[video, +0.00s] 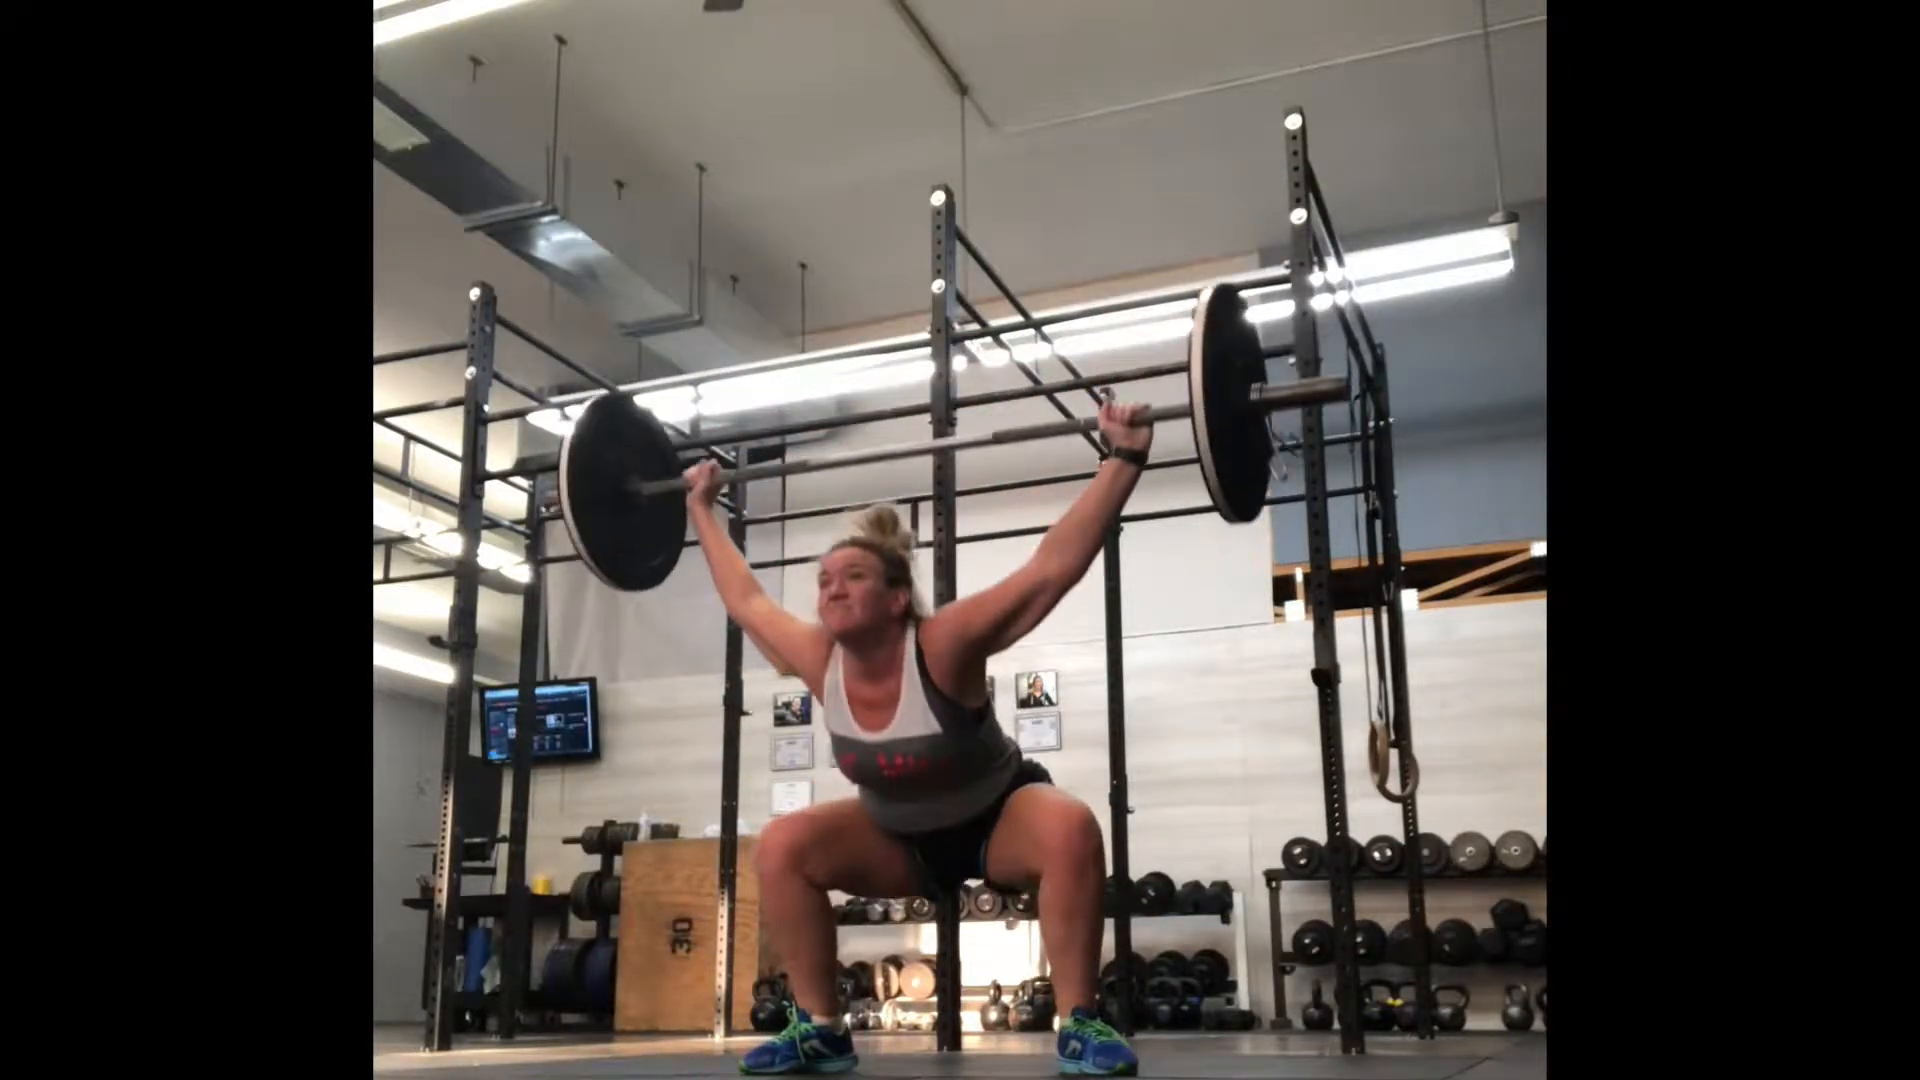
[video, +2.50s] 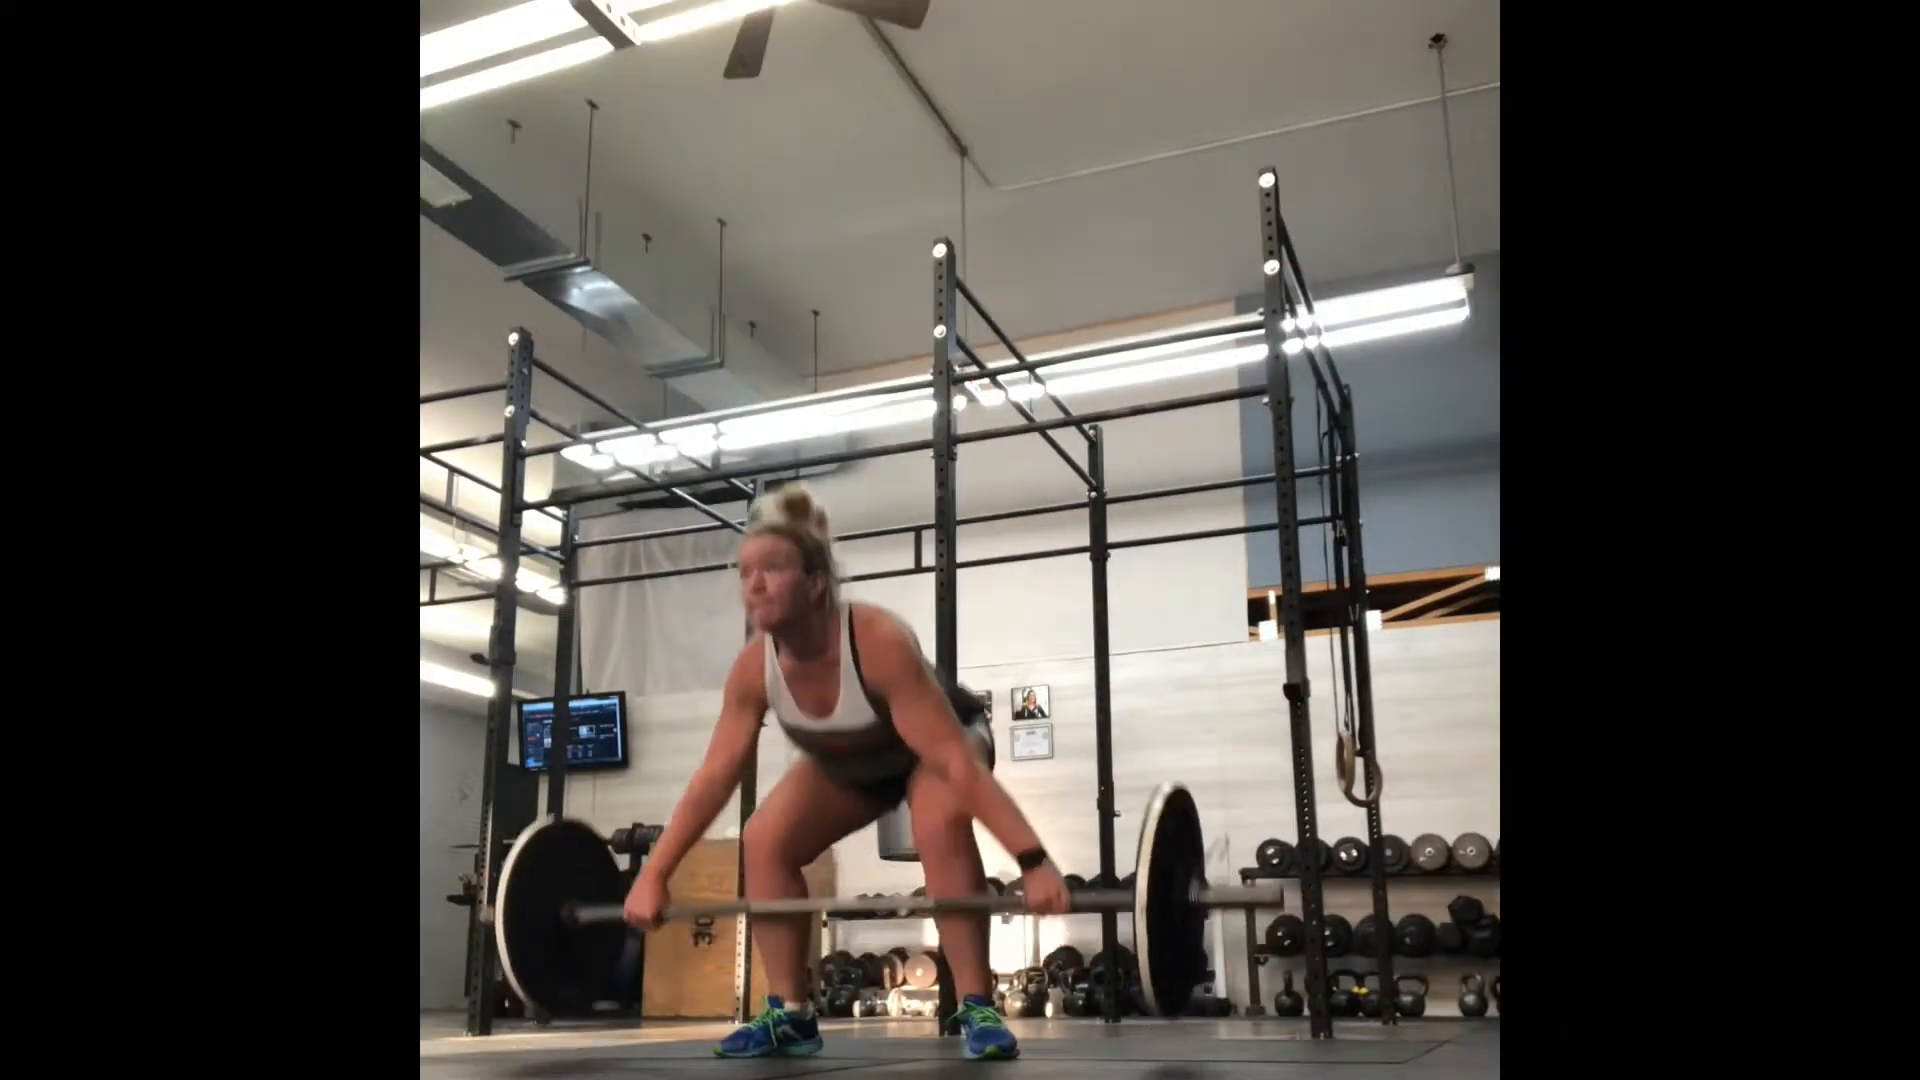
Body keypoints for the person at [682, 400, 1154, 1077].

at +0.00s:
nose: (832, 588)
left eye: (854, 575)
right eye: (824, 580)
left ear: (898, 599)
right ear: (816, 601)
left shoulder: (950, 641)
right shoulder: (820, 661)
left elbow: (1049, 572)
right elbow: (745, 599)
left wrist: (1124, 458)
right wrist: (699, 506)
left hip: (994, 821)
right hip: (893, 831)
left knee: (1073, 828)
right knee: (781, 847)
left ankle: (1079, 1024)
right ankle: (820, 1030)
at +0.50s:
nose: (833, 550)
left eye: (854, 537)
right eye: (825, 542)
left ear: (899, 559)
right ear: (818, 560)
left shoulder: (952, 595)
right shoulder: (823, 618)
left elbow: (1058, 531)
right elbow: (749, 561)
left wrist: (1131, 421)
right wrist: (704, 474)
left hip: (1009, 768)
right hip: (908, 787)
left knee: (1043, 830)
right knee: (799, 841)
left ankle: (1077, 1020)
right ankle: (819, 1027)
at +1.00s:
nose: (866, 371)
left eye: (884, 361)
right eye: (863, 362)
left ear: (927, 380)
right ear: (863, 385)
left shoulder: (974, 436)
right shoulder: (849, 465)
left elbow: (1069, 371)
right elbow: (776, 430)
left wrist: (1141, 276)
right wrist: (734, 347)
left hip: (1000, 669)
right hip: (899, 679)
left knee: (1049, 825)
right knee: (810, 838)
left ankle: (1077, 1019)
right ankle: (817, 1026)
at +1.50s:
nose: (872, 334)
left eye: (888, 322)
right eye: (862, 325)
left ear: (924, 335)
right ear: (851, 341)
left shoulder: (960, 400)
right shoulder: (838, 423)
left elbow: (1047, 309)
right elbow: (767, 368)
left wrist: (1122, 219)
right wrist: (728, 291)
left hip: (942, 631)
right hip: (845, 637)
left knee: (994, 815)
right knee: (847, 830)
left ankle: (1075, 1004)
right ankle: (821, 1021)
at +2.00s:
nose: (753, 617)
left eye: (772, 601)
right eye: (746, 604)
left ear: (816, 618)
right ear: (740, 618)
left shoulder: (877, 677)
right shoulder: (754, 701)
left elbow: (962, 796)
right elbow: (717, 820)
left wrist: (1039, 898)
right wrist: (661, 914)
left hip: (925, 789)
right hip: (842, 803)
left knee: (940, 834)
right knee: (738, 847)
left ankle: (972, 1006)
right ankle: (793, 1015)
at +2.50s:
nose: (754, 584)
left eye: (772, 569)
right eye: (746, 571)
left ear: (815, 583)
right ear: (739, 580)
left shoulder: (878, 641)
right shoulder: (754, 668)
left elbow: (955, 761)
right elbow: (717, 774)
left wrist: (1034, 859)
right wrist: (654, 870)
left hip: (933, 749)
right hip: (847, 764)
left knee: (939, 824)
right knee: (764, 840)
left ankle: (977, 1006)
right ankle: (790, 1012)